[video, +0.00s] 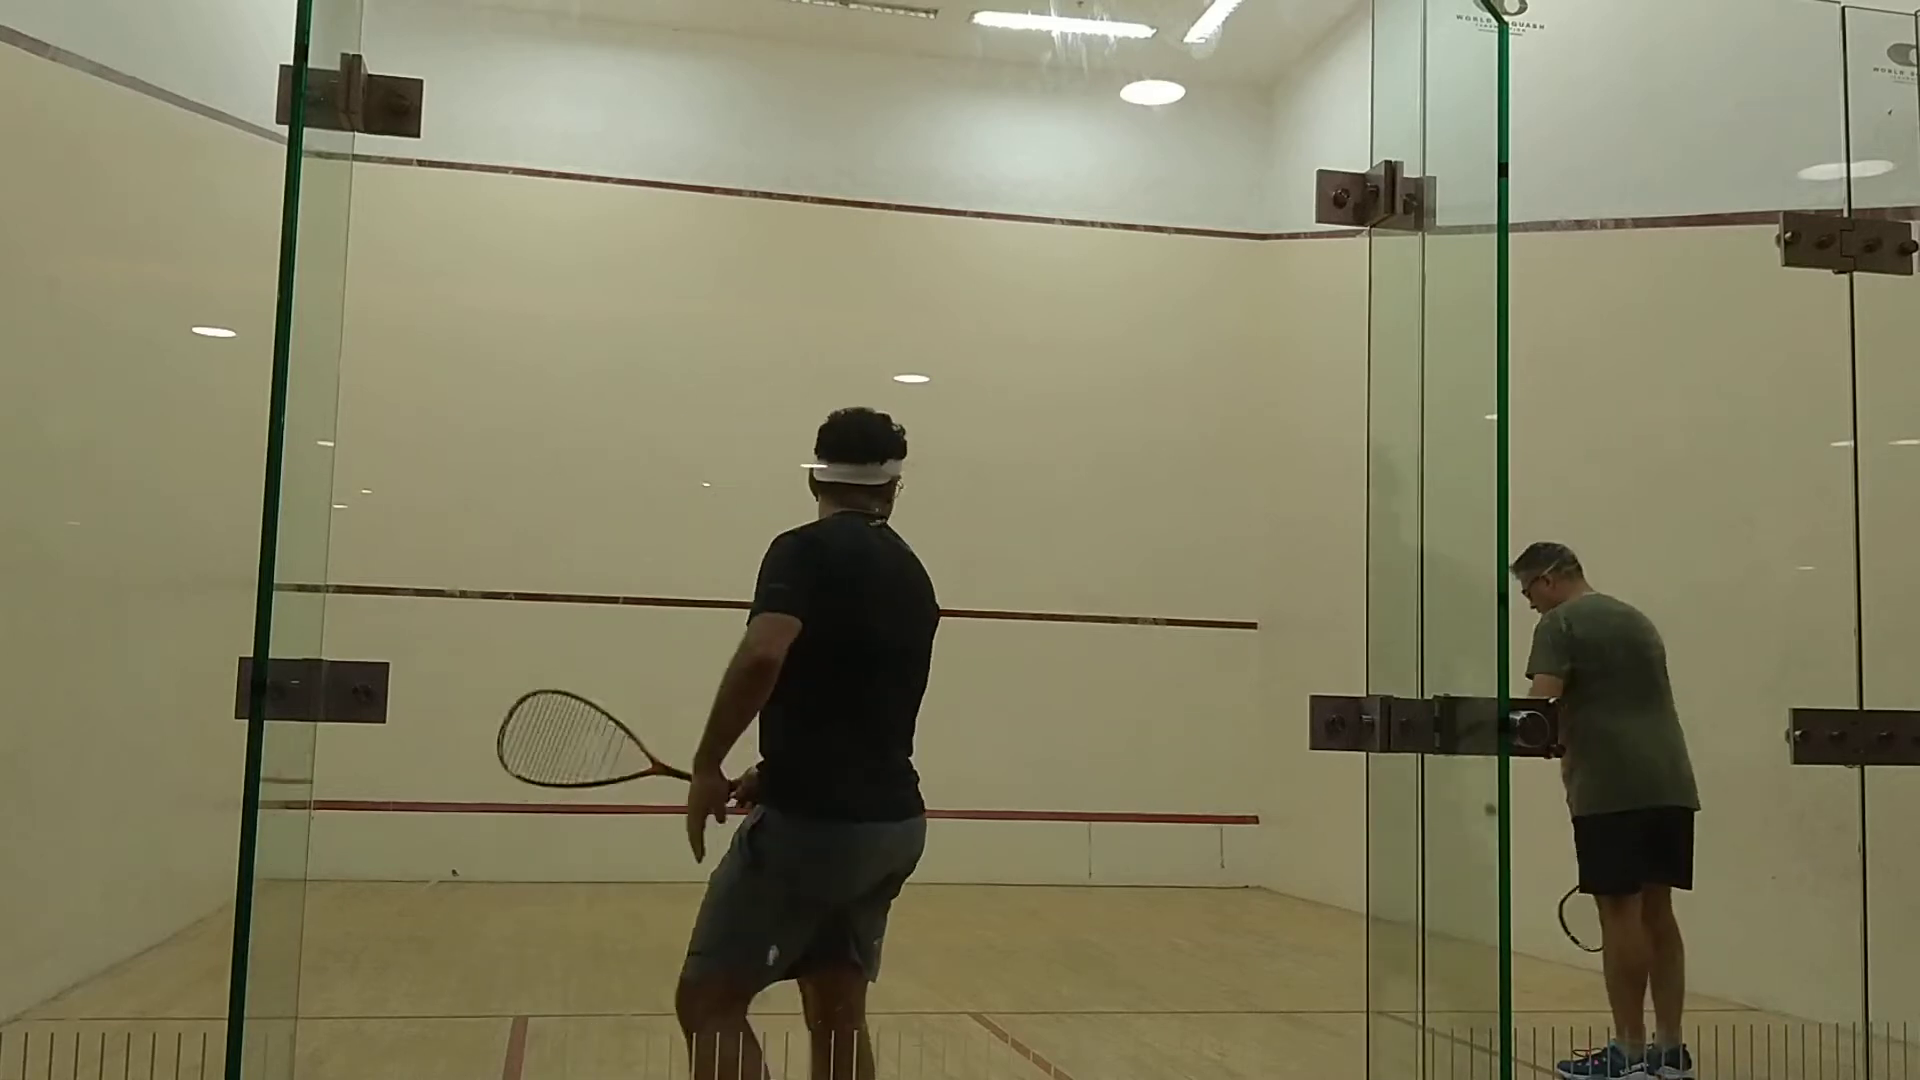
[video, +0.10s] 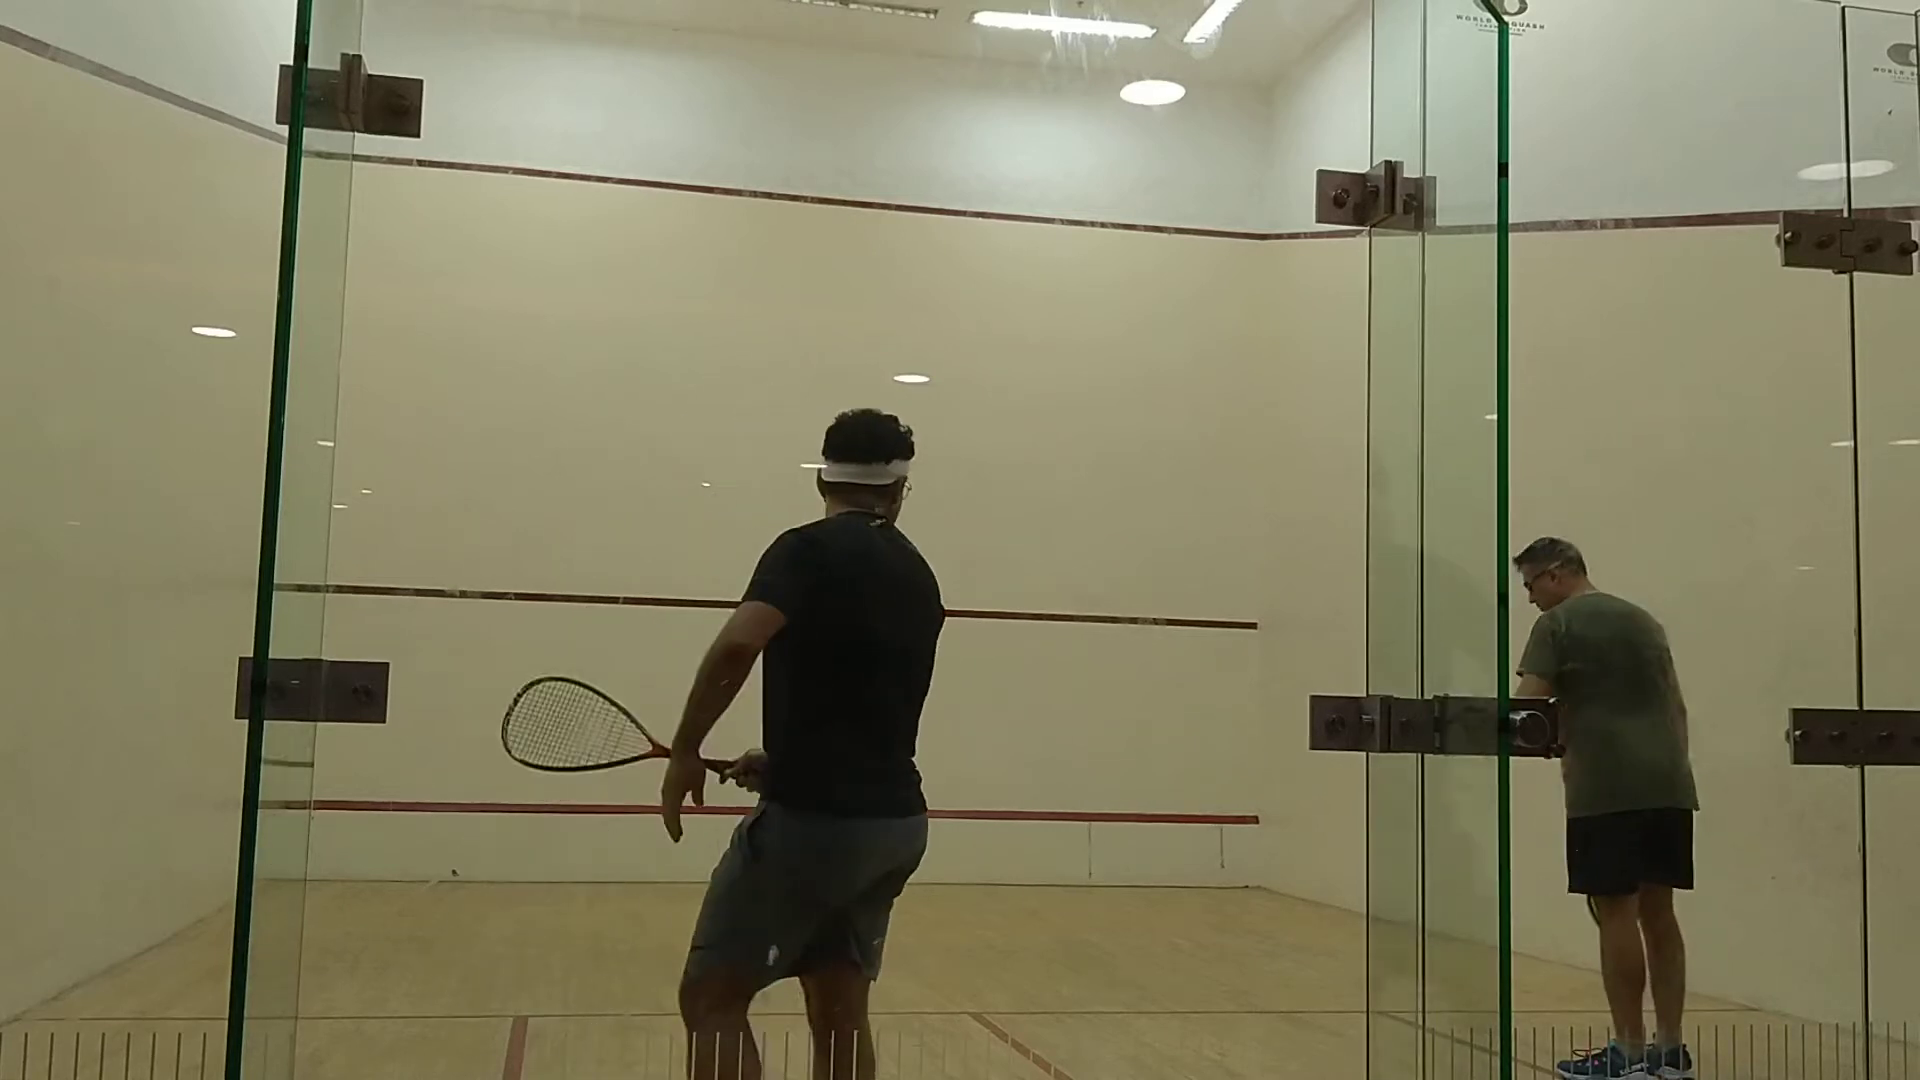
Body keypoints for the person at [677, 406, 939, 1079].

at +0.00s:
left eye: (823, 476)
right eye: (891, 480)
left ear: (817, 480)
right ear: (894, 488)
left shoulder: (800, 551)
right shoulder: (911, 574)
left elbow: (762, 658)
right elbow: (874, 707)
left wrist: (708, 762)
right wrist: (773, 773)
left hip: (805, 826)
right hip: (891, 825)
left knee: (707, 1002)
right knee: (836, 1004)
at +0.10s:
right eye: (899, 482)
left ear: (823, 480)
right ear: (901, 488)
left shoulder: (804, 550)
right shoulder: (918, 578)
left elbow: (737, 647)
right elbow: (883, 715)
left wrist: (685, 749)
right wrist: (781, 764)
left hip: (807, 826)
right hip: (893, 825)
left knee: (710, 1002)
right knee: (839, 1000)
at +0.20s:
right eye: (905, 488)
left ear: (827, 483)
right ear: (904, 492)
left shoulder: (804, 548)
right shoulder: (921, 578)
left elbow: (731, 643)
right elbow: (885, 712)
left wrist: (680, 741)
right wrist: (784, 756)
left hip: (803, 826)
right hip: (893, 824)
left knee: (734, 1008)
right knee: (844, 1004)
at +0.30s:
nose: (909, 500)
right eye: (910, 489)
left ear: (829, 484)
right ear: (906, 493)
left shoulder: (800, 549)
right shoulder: (921, 580)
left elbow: (737, 653)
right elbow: (881, 710)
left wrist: (686, 748)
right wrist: (777, 751)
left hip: (801, 825)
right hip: (894, 823)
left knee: (748, 1015)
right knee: (846, 1006)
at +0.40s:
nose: (903, 500)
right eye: (905, 489)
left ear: (828, 483)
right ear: (904, 493)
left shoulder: (797, 549)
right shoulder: (919, 579)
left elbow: (744, 660)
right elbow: (877, 707)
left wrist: (698, 752)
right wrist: (774, 747)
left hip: (800, 823)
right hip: (894, 822)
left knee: (747, 1012)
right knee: (846, 1001)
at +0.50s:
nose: (899, 499)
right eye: (901, 489)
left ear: (824, 483)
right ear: (900, 492)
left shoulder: (794, 553)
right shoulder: (916, 579)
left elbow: (747, 666)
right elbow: (874, 706)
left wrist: (706, 758)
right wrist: (770, 742)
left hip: (797, 824)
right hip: (890, 823)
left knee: (742, 1014)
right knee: (843, 1007)